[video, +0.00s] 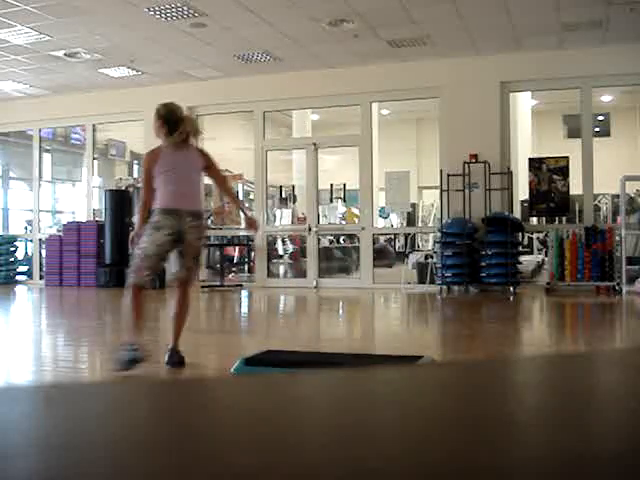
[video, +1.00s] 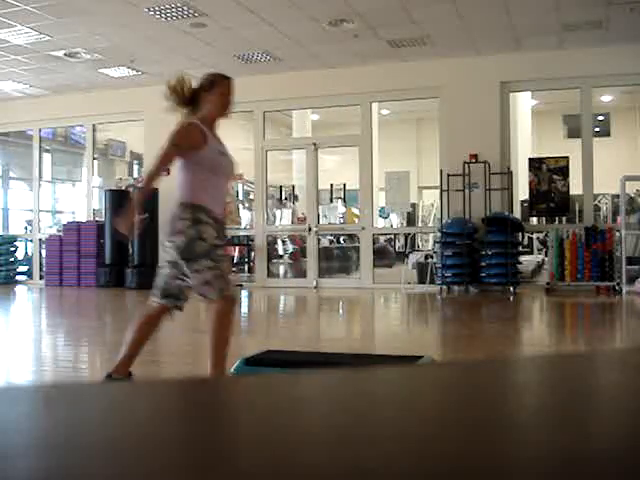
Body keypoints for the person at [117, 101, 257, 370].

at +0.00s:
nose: (153, 126)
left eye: (155, 122)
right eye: (155, 121)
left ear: (161, 125)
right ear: (180, 123)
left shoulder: (153, 156)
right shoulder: (198, 154)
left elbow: (147, 198)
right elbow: (223, 185)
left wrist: (139, 228)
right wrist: (245, 213)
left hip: (164, 218)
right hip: (194, 219)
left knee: (137, 278)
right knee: (184, 283)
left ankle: (135, 344)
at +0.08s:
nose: (169, 129)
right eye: (167, 125)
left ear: (146, 132)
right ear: (170, 130)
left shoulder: (136, 161)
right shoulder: (182, 162)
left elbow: (131, 197)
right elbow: (198, 193)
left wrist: (138, 217)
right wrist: (210, 213)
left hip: (139, 226)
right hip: (170, 229)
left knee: (117, 291)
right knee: (170, 291)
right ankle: (172, 351)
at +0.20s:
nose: (163, 134)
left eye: (162, 129)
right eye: (161, 129)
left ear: (136, 128)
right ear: (153, 130)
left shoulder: (119, 151)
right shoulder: (154, 156)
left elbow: (130, 177)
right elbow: (154, 195)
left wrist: (158, 172)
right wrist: (156, 231)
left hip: (112, 226)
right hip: (142, 227)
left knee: (100, 299)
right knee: (164, 289)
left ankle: (74, 364)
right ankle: (172, 348)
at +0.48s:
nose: (163, 108)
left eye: (163, 103)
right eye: (157, 103)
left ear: (149, 108)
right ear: (140, 106)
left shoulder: (142, 139)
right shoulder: (134, 132)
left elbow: (148, 189)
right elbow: (116, 165)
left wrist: (187, 192)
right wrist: (115, 204)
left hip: (113, 214)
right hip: (130, 214)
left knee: (101, 288)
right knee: (166, 280)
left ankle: (71, 357)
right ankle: (150, 353)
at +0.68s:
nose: (172, 108)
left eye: (174, 103)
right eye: (164, 102)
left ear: (177, 111)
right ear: (149, 110)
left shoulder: (166, 155)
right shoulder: (149, 134)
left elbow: (188, 196)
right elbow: (127, 163)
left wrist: (228, 192)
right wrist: (114, 202)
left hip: (133, 228)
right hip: (138, 227)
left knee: (107, 298)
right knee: (152, 302)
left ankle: (75, 359)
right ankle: (124, 379)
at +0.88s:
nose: (203, 86)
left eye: (205, 82)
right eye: (196, 81)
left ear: (205, 89)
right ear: (179, 86)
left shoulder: (195, 132)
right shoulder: (171, 114)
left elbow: (217, 175)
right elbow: (136, 148)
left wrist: (250, 202)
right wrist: (110, 184)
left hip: (157, 207)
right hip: (170, 205)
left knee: (146, 287)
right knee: (190, 285)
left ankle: (119, 363)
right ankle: (167, 368)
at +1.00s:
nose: (229, 102)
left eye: (230, 96)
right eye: (225, 95)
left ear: (213, 97)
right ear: (206, 95)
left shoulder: (211, 136)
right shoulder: (190, 130)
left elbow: (207, 179)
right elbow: (158, 167)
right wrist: (135, 207)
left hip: (201, 225)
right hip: (193, 223)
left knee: (163, 301)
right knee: (226, 299)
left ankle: (121, 370)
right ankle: (218, 378)